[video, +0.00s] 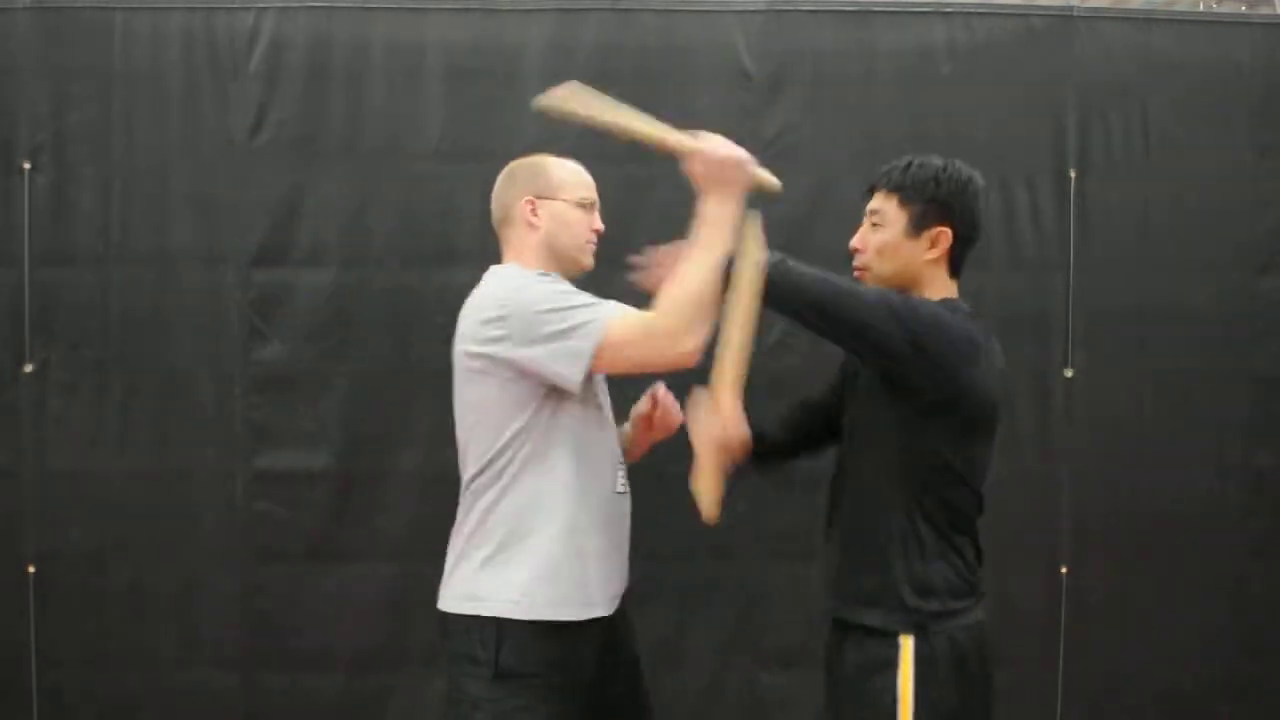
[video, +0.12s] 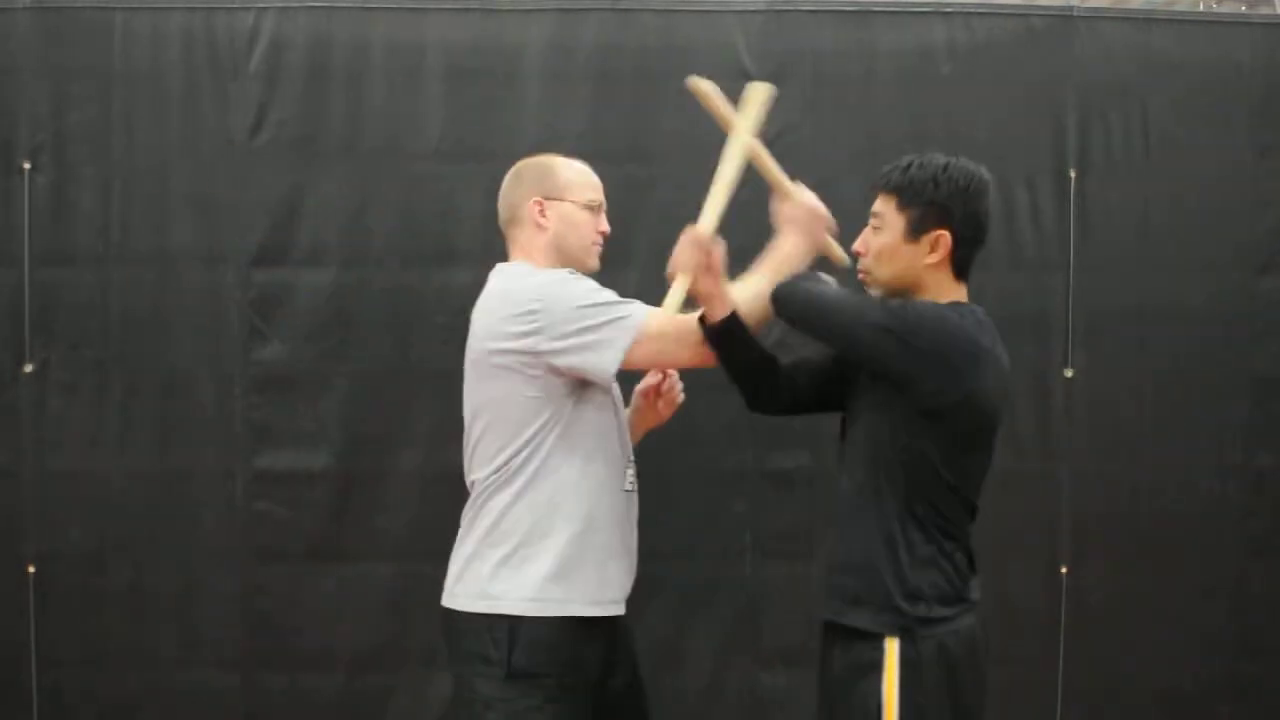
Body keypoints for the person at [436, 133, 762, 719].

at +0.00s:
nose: (599, 225)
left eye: (598, 211)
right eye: (585, 206)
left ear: (537, 214)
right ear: (533, 212)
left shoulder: (545, 309)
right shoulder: (509, 300)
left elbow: (546, 467)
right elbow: (676, 340)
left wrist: (630, 442)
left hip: (586, 618)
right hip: (514, 624)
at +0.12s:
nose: (605, 227)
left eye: (603, 212)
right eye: (592, 209)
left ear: (543, 217)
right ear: (541, 214)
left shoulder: (548, 302)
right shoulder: (529, 296)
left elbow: (560, 463)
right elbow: (702, 338)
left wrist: (635, 422)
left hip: (582, 613)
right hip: (523, 616)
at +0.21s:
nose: (606, 229)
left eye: (604, 214)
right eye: (593, 211)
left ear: (544, 216)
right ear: (542, 214)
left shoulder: (516, 305)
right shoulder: (544, 298)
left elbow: (544, 450)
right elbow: (711, 336)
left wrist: (626, 419)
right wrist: (822, 287)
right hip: (524, 615)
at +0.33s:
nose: (603, 228)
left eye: (600, 212)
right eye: (590, 210)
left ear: (538, 216)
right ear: (541, 214)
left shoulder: (481, 315)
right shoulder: (572, 299)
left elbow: (601, 412)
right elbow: (731, 356)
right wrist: (805, 297)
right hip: (534, 619)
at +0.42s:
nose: (597, 225)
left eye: (594, 210)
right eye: (582, 208)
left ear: (531, 218)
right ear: (534, 216)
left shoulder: (472, 314)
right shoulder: (566, 308)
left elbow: (597, 404)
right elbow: (710, 378)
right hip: (522, 632)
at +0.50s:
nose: (587, 225)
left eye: (583, 209)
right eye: (572, 208)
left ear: (522, 220)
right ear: (522, 218)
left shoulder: (459, 317)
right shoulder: (566, 319)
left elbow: (544, 411)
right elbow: (682, 424)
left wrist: (626, 359)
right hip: (529, 637)